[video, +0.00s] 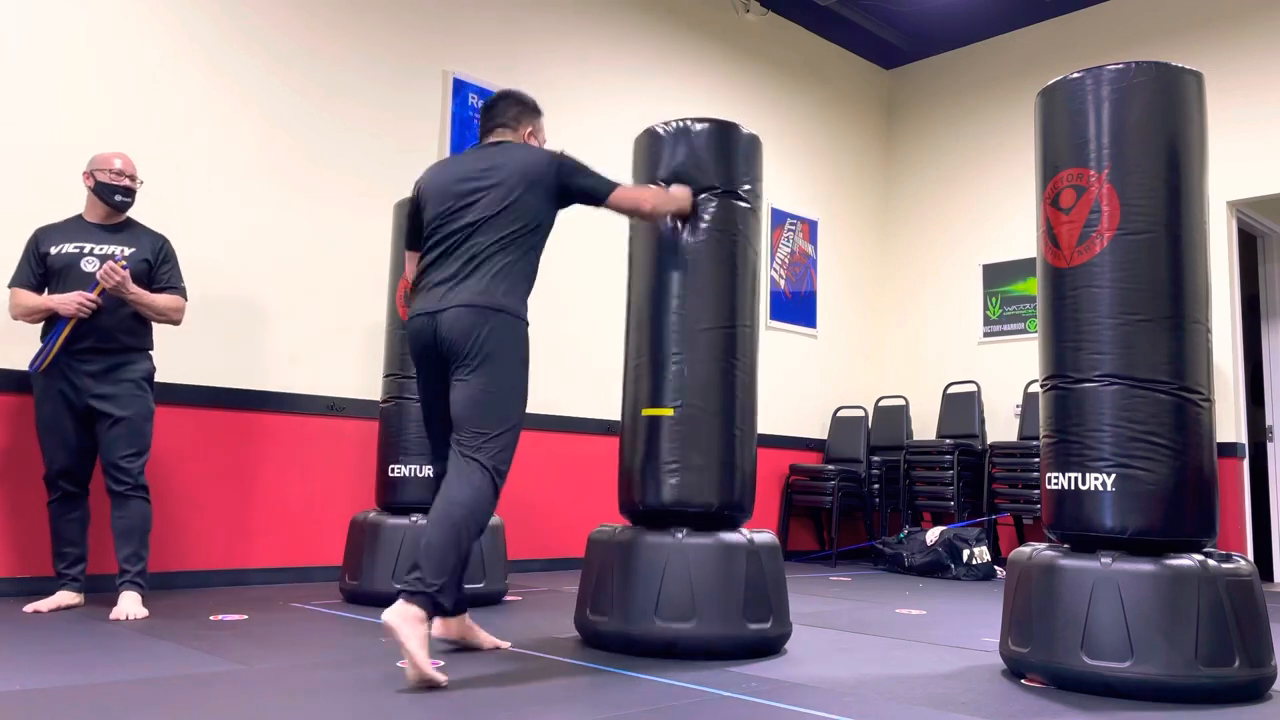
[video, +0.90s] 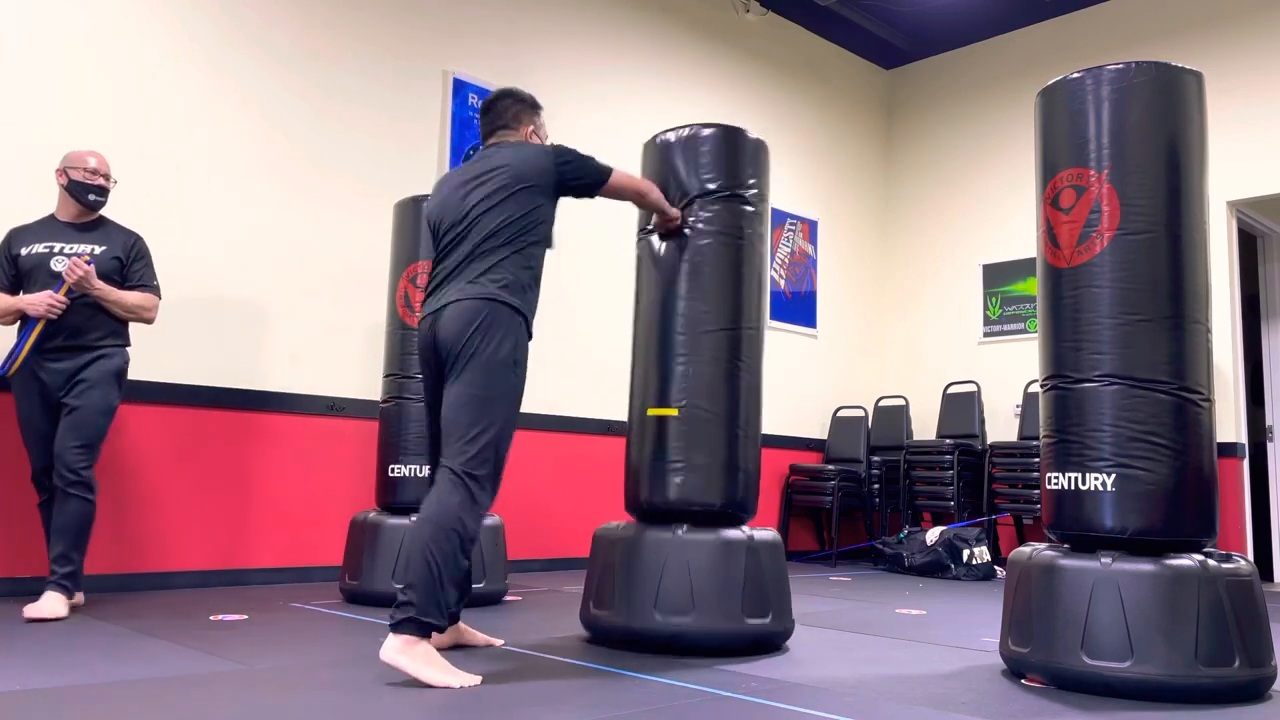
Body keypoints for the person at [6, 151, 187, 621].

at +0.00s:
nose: (123, 182)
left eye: (130, 177)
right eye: (113, 173)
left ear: (137, 188)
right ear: (87, 179)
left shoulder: (154, 245)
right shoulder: (47, 239)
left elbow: (176, 312)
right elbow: (17, 304)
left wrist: (131, 292)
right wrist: (55, 302)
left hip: (125, 380)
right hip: (60, 379)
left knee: (127, 481)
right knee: (64, 484)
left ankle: (131, 589)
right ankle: (70, 586)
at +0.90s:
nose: (99, 182)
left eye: (106, 177)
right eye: (89, 173)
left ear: (112, 187)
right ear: (60, 178)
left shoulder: (127, 242)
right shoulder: (19, 240)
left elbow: (148, 310)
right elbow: (1, 307)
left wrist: (96, 287)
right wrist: (25, 302)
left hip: (97, 367)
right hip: (35, 369)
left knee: (71, 463)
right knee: (44, 474)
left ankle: (60, 586)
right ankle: (67, 579)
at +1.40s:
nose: (39, 186)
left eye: (51, 179)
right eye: (31, 175)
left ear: (72, 179)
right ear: (19, 168)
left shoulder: (90, 236)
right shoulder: (3, 221)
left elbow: (114, 307)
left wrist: (47, 288)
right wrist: (5, 289)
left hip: (48, 358)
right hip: (4, 358)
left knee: (11, 467)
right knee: (29, 470)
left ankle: (1, 582)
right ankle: (67, 576)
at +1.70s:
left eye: (3, 173)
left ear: (23, 174)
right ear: (14, 173)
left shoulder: (50, 227)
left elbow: (86, 301)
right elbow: (86, 299)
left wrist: (14, 312)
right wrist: (21, 314)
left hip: (11, 365)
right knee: (1, 476)